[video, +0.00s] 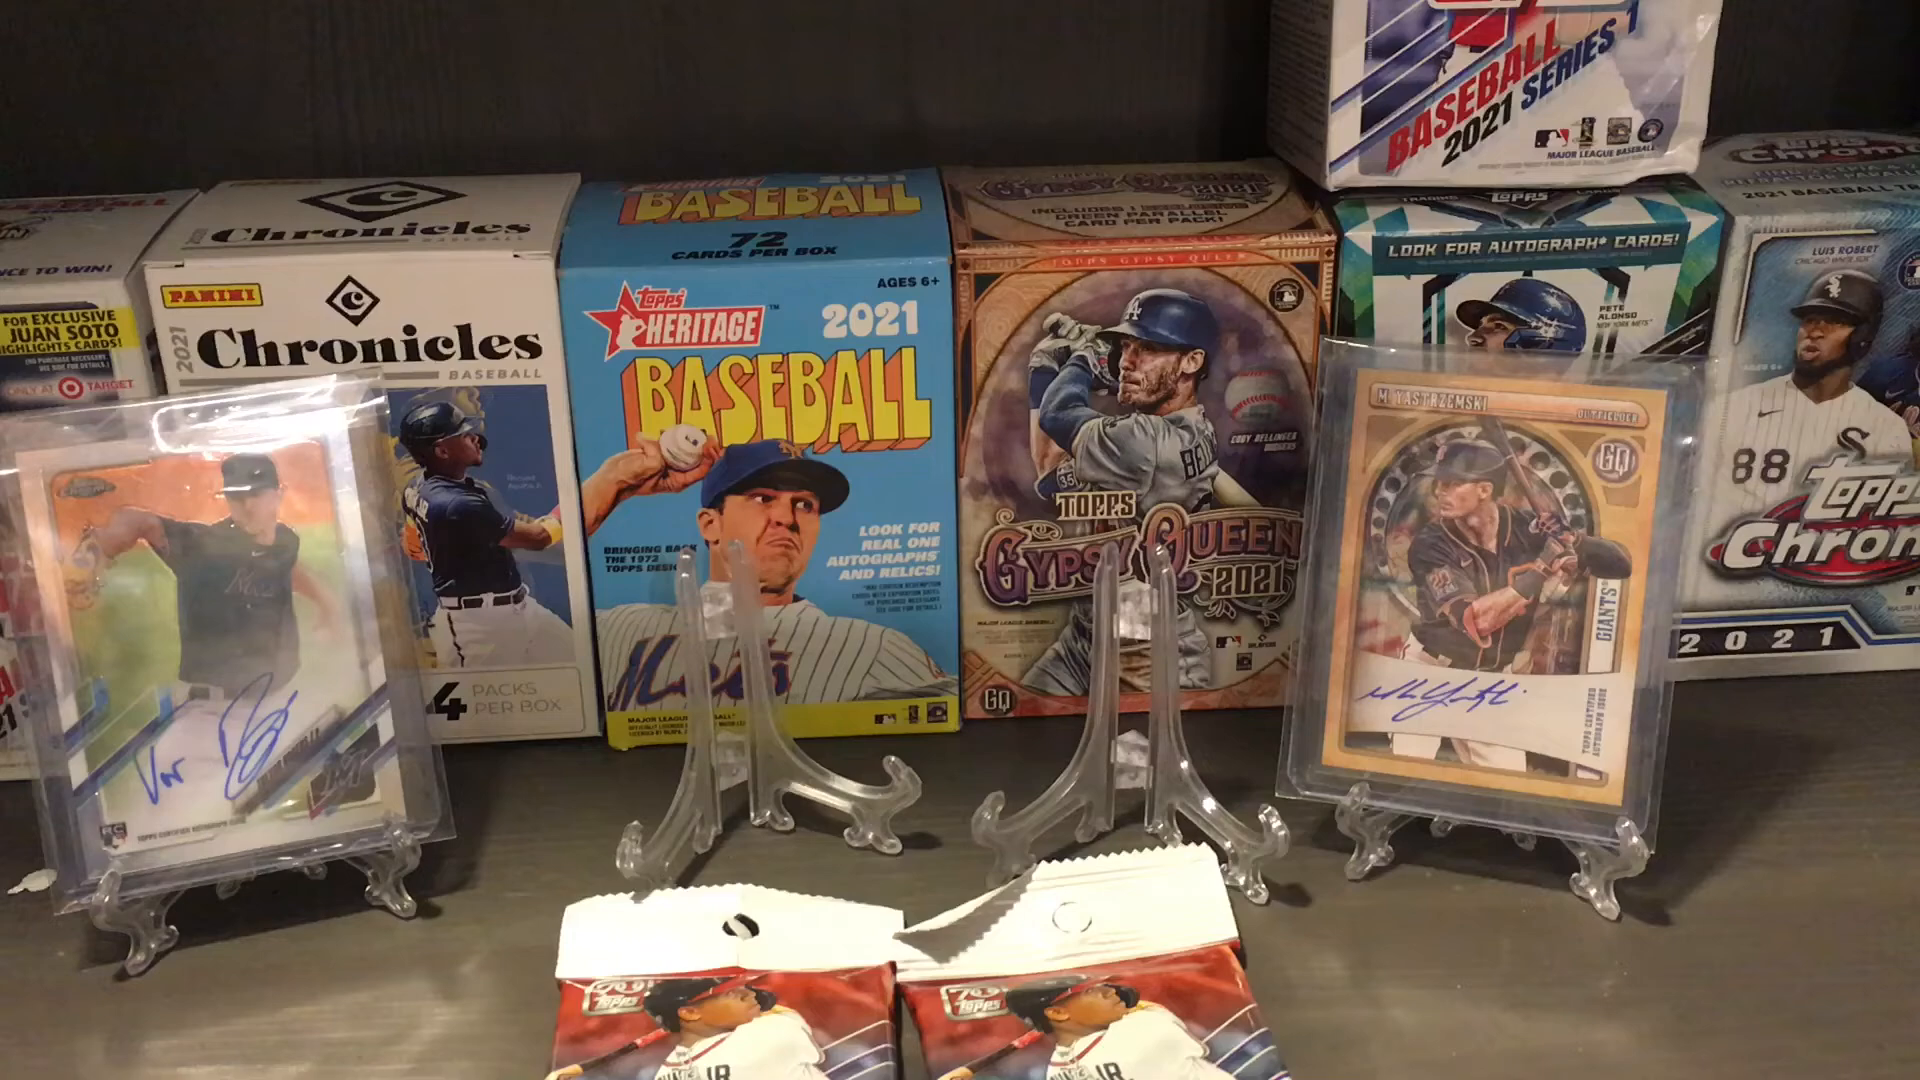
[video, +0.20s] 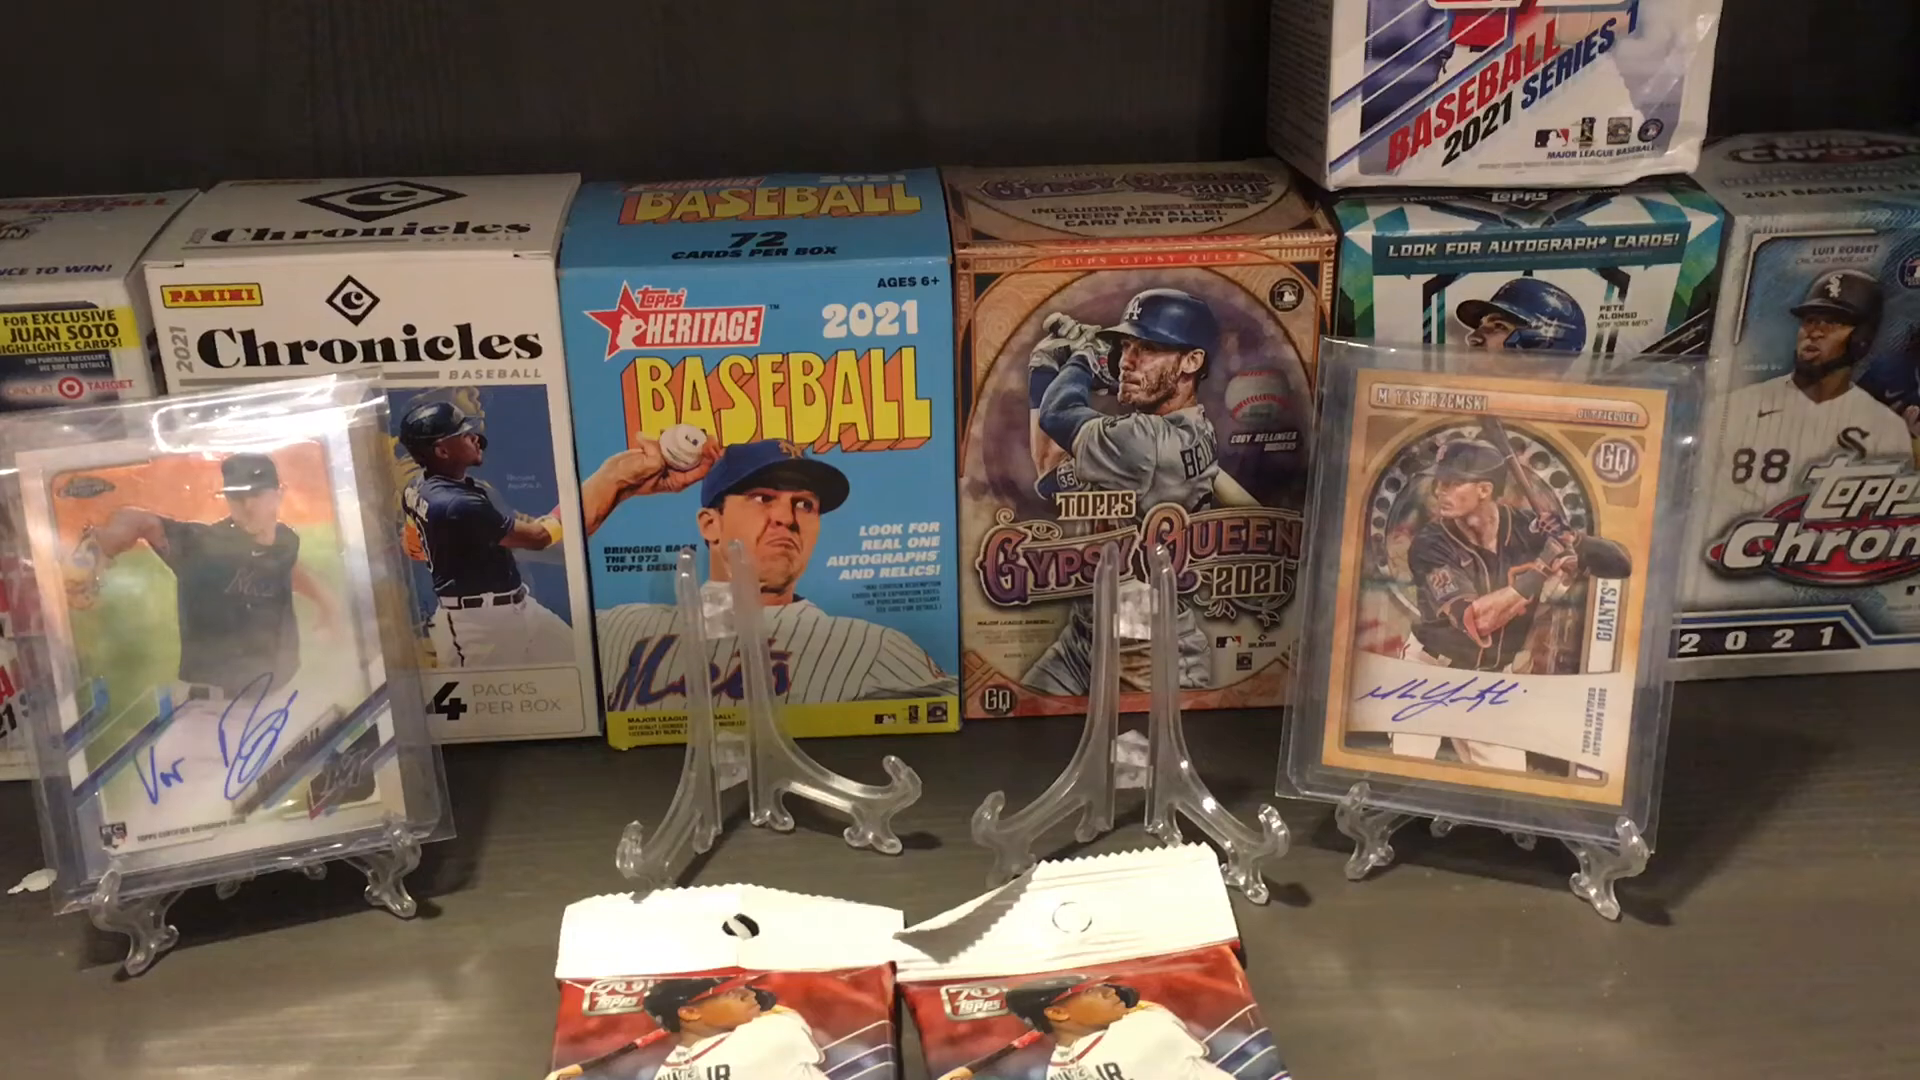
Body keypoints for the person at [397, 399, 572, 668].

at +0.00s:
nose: (475, 436)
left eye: (470, 430)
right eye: (465, 433)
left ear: (442, 451)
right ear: (442, 450)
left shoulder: (420, 489)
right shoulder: (462, 507)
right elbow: (538, 537)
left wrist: (542, 522)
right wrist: (560, 517)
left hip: (520, 609)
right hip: (474, 622)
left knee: (587, 661)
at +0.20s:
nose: (475, 436)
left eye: (470, 430)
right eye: (465, 433)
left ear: (442, 451)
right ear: (442, 450)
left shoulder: (420, 489)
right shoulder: (462, 507)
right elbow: (538, 537)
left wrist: (541, 522)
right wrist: (560, 517)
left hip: (520, 609)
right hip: (475, 622)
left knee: (587, 662)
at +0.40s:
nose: (475, 436)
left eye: (469, 430)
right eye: (464, 433)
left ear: (443, 451)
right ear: (442, 449)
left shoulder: (421, 488)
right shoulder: (462, 506)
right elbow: (538, 537)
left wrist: (540, 523)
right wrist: (560, 516)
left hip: (521, 609)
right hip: (475, 622)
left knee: (588, 662)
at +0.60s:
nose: (475, 436)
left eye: (470, 430)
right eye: (465, 433)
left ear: (443, 451)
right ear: (442, 450)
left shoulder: (421, 489)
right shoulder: (462, 507)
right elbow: (538, 537)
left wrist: (544, 521)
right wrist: (562, 515)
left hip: (520, 608)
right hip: (475, 622)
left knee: (587, 663)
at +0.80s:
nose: (475, 436)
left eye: (470, 430)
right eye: (465, 433)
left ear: (442, 451)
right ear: (442, 450)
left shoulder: (420, 489)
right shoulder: (462, 507)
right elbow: (538, 537)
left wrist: (540, 523)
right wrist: (561, 516)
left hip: (520, 609)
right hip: (475, 623)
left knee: (588, 662)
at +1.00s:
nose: (475, 436)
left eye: (470, 430)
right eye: (465, 433)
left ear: (443, 451)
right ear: (442, 450)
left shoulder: (421, 489)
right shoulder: (462, 507)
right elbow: (538, 537)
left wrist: (539, 523)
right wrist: (559, 518)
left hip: (520, 609)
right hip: (475, 622)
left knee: (588, 662)